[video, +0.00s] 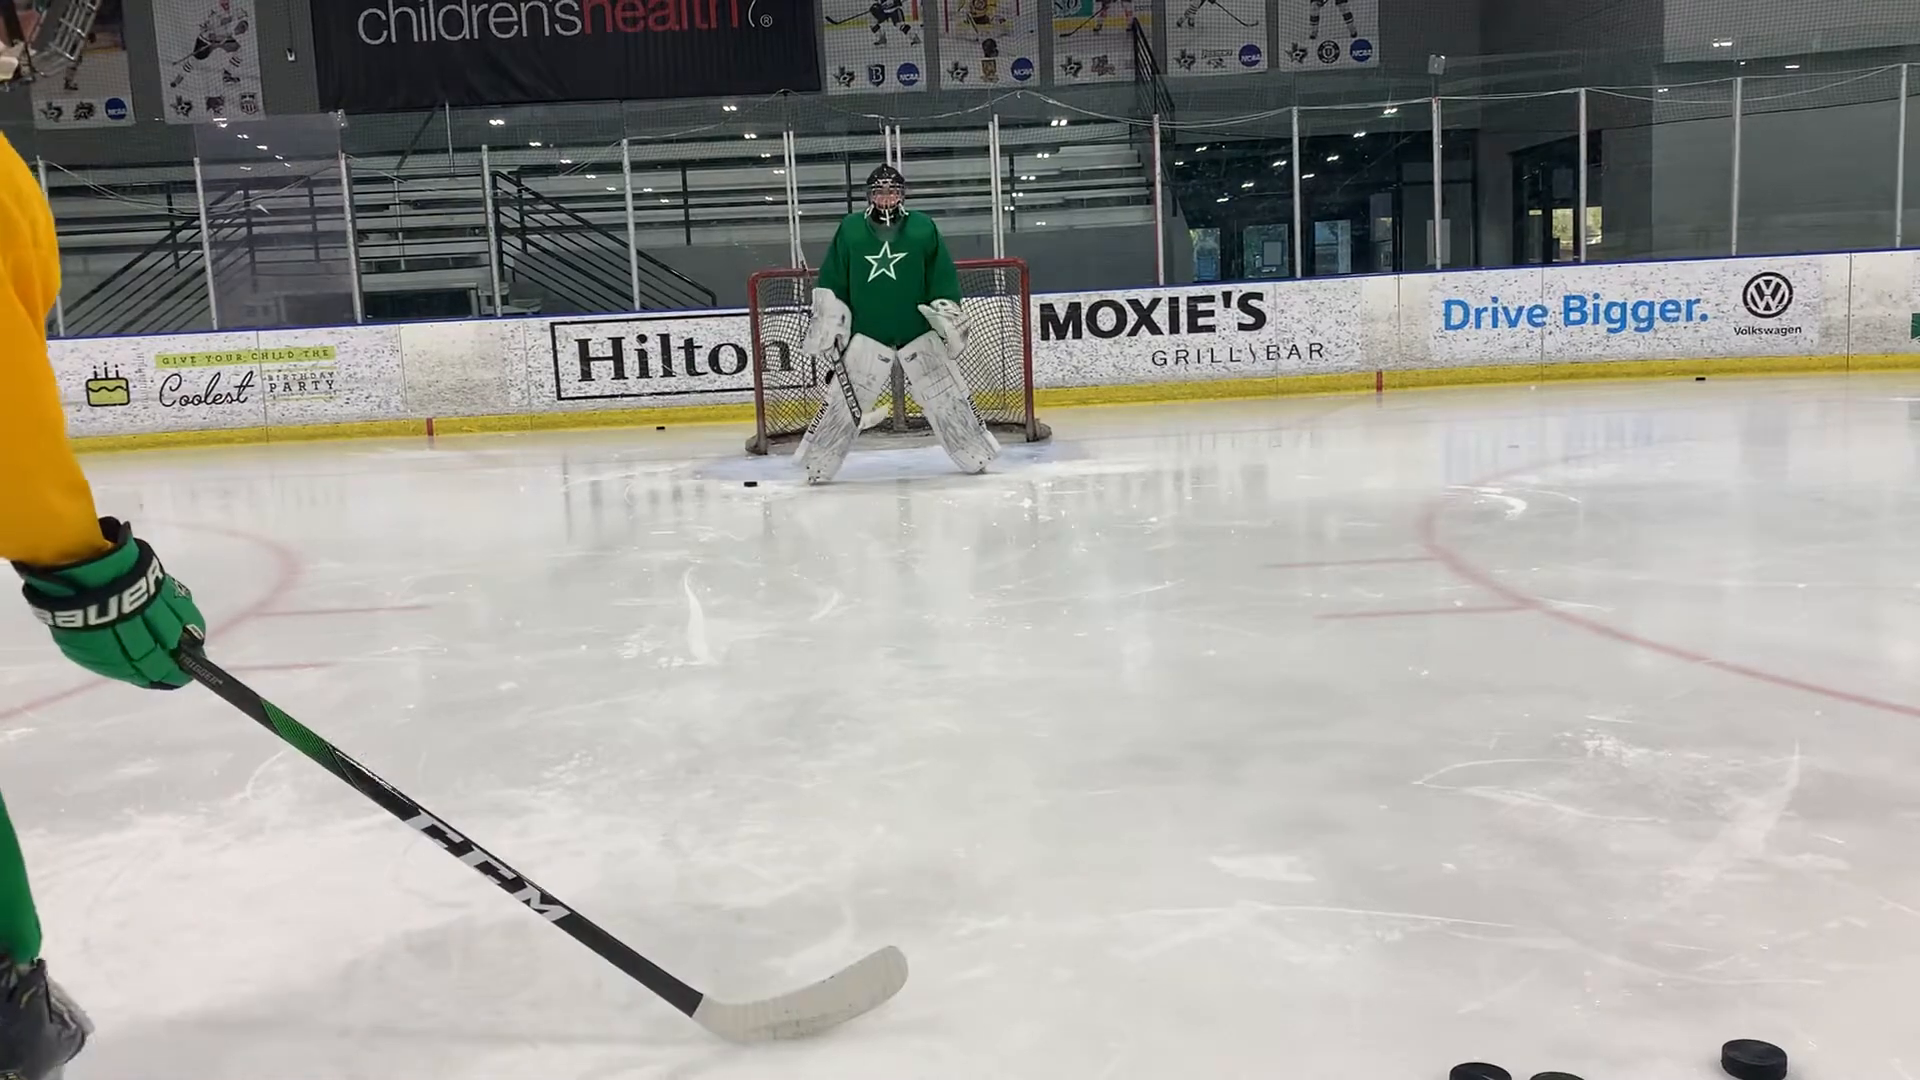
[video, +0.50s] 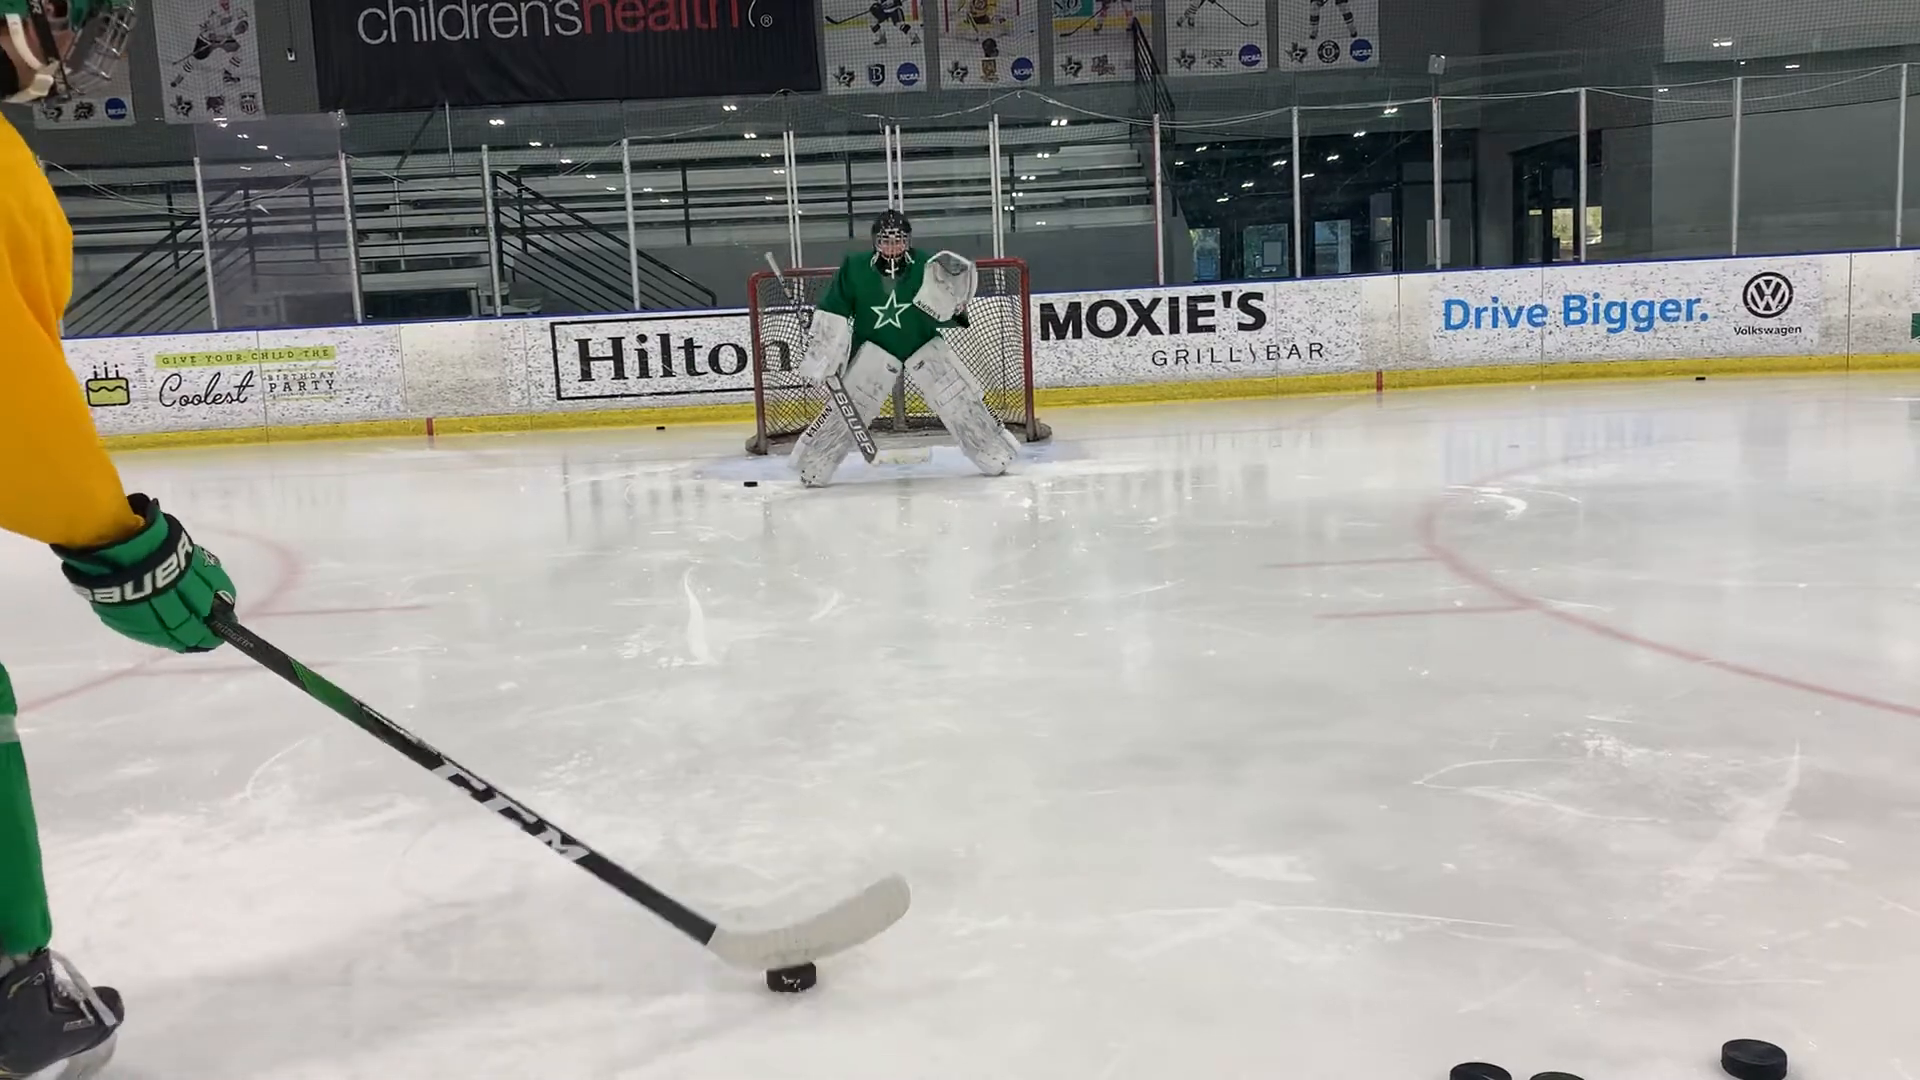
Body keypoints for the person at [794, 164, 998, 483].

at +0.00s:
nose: (886, 197)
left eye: (891, 191)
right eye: (880, 191)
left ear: (902, 194)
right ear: (870, 195)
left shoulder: (923, 228)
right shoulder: (851, 229)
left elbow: (942, 277)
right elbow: (832, 282)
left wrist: (948, 320)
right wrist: (828, 326)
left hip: (918, 330)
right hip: (868, 333)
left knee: (948, 396)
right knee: (845, 402)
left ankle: (976, 459)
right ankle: (819, 469)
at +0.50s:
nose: (892, 246)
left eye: (898, 239)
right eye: (887, 240)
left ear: (908, 240)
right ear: (875, 241)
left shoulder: (924, 265)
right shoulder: (855, 269)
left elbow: (948, 309)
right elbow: (832, 314)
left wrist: (950, 286)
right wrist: (823, 360)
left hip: (924, 346)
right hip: (874, 350)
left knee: (960, 399)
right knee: (850, 407)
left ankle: (996, 459)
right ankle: (815, 468)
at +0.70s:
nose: (896, 285)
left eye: (902, 278)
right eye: (890, 279)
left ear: (912, 279)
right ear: (881, 280)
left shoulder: (928, 301)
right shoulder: (861, 305)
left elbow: (960, 350)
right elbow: (836, 341)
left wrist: (948, 320)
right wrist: (831, 380)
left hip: (927, 374)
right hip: (880, 380)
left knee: (964, 414)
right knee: (855, 426)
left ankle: (1009, 457)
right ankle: (813, 468)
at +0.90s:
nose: (899, 299)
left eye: (904, 293)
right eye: (893, 293)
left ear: (914, 293)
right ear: (883, 293)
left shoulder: (931, 313)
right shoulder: (862, 316)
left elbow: (962, 363)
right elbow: (836, 350)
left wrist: (950, 331)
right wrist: (833, 385)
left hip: (930, 385)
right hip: (882, 390)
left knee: (967, 417)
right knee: (853, 430)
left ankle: (1011, 456)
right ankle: (812, 469)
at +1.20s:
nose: (899, 303)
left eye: (905, 297)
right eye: (893, 297)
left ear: (915, 296)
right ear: (882, 296)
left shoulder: (932, 313)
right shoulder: (863, 317)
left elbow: (961, 367)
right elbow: (836, 352)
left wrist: (951, 342)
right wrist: (832, 389)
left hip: (930, 386)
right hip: (881, 390)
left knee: (965, 418)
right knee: (855, 429)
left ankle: (1010, 455)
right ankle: (813, 468)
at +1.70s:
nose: (900, 304)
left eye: (906, 297)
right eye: (894, 297)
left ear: (916, 296)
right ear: (884, 297)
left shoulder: (934, 315)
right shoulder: (864, 317)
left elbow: (962, 373)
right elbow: (836, 352)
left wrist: (956, 343)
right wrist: (833, 391)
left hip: (931, 389)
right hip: (882, 392)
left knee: (965, 418)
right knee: (854, 430)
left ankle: (1009, 453)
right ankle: (815, 467)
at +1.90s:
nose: (902, 305)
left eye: (907, 298)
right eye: (896, 298)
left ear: (918, 298)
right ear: (886, 298)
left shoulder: (936, 317)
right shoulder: (865, 319)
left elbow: (964, 370)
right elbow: (834, 352)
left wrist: (962, 347)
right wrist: (834, 388)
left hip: (931, 402)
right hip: (880, 408)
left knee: (961, 410)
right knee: (853, 437)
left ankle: (1008, 453)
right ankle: (815, 467)